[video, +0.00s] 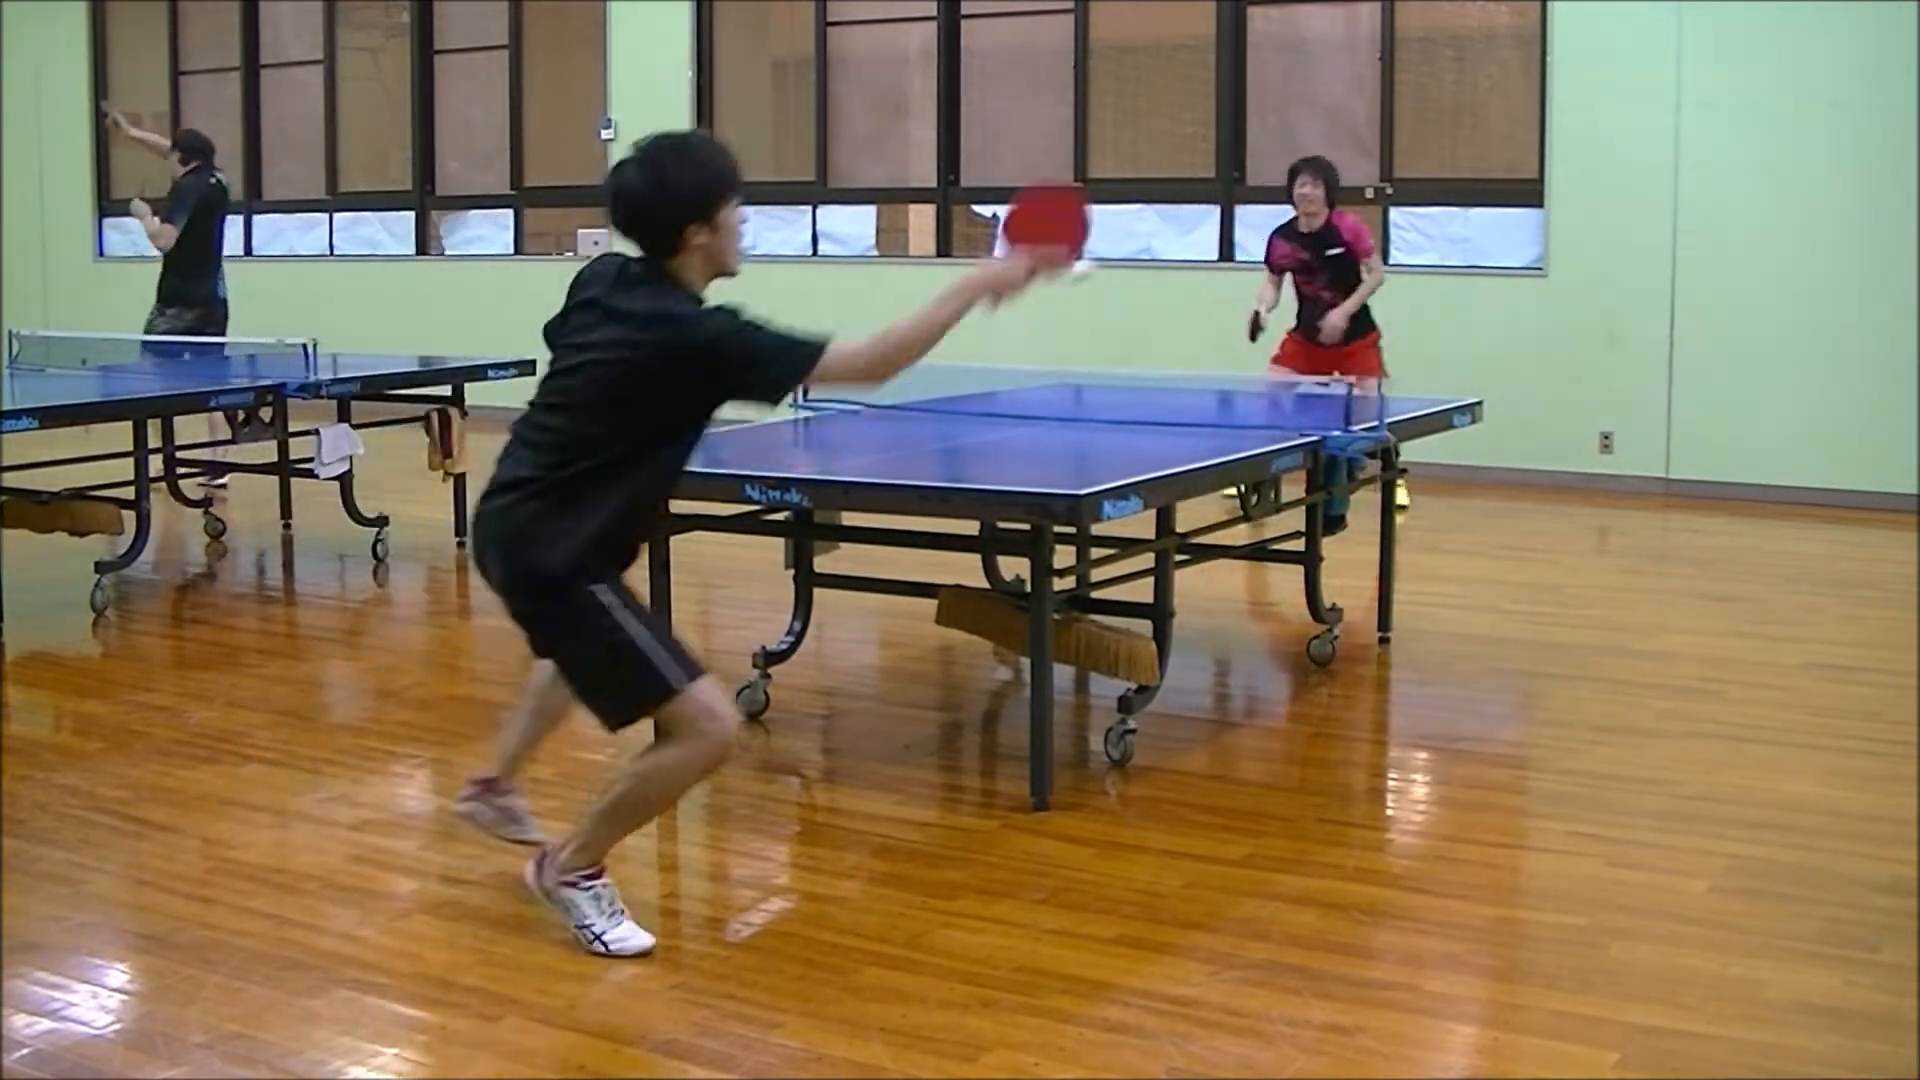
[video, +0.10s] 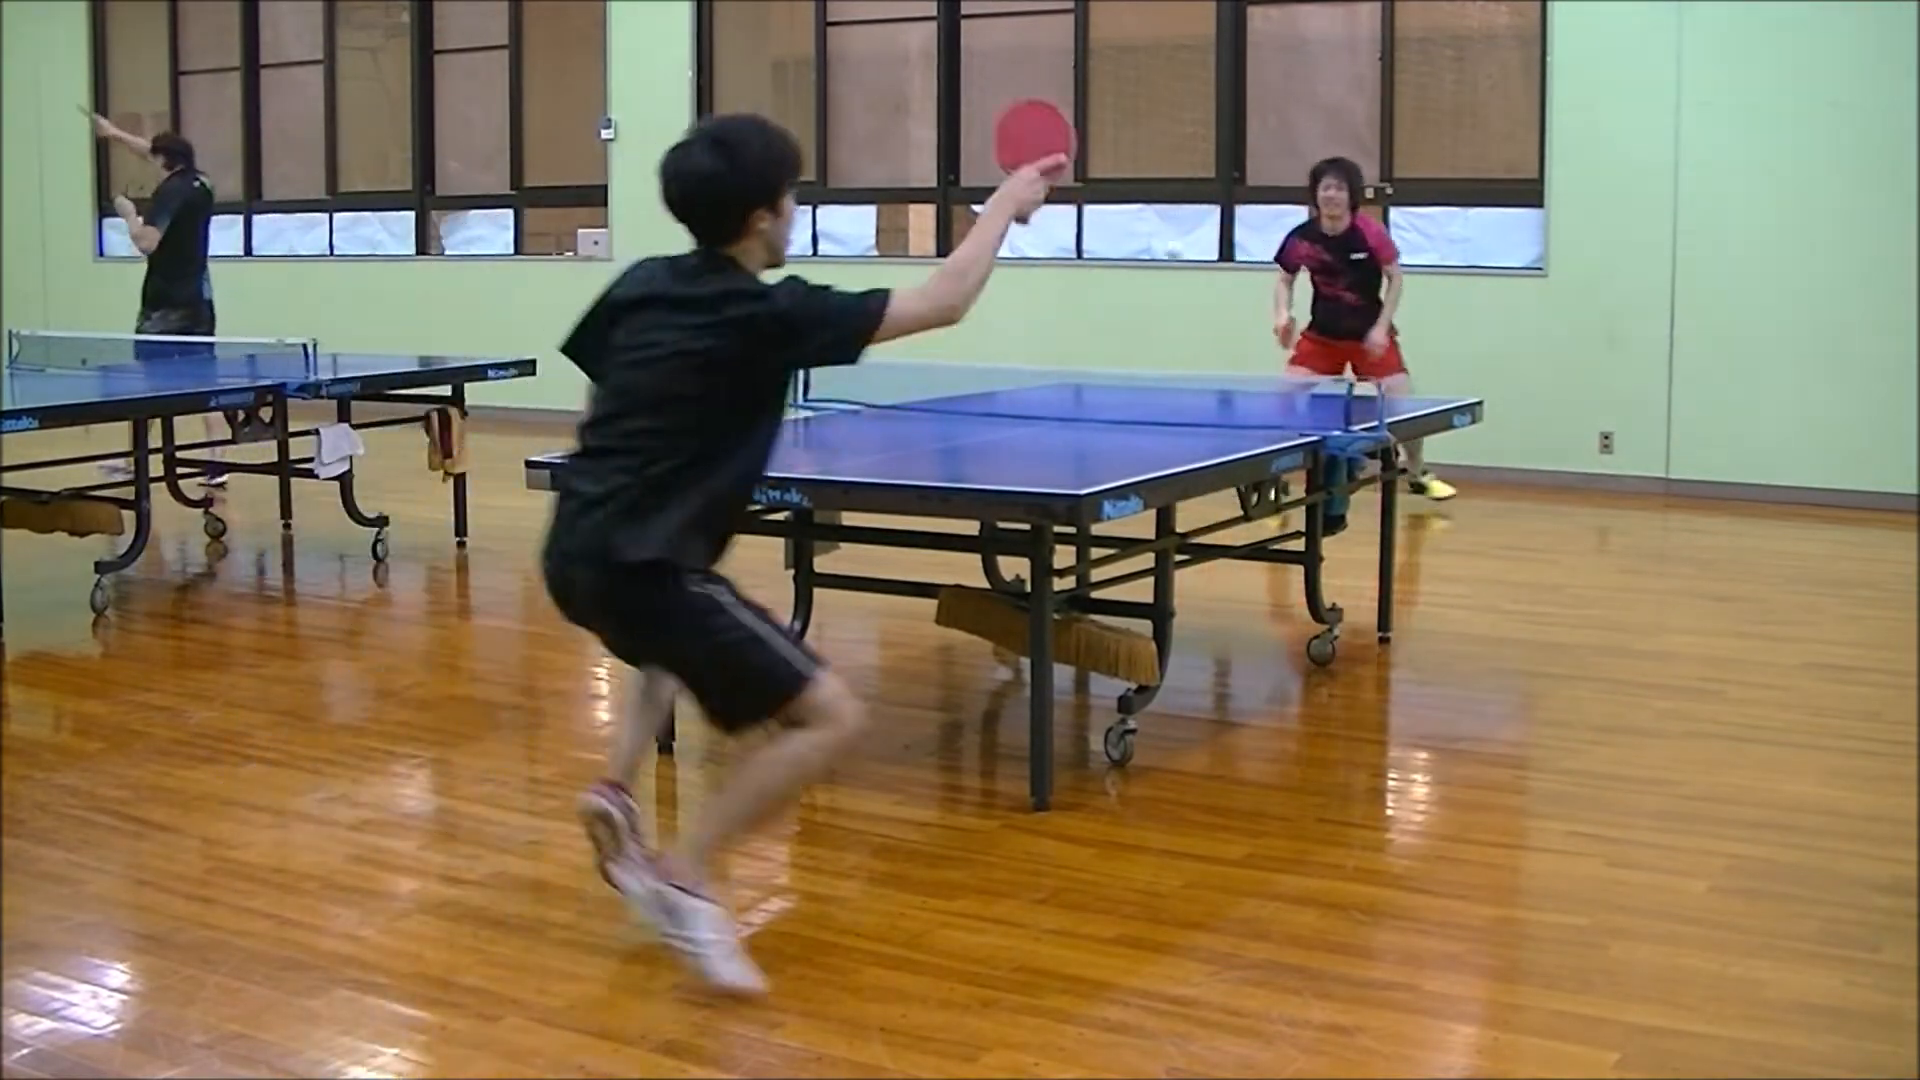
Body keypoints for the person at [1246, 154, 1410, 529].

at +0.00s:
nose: (1308, 192)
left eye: (1315, 185)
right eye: (1301, 185)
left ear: (1330, 191)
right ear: (1291, 193)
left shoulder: (1348, 229)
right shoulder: (1282, 239)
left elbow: (1376, 274)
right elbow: (1272, 282)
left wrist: (1343, 312)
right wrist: (1261, 310)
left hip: (1356, 344)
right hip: (1305, 341)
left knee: (1366, 420)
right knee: (1269, 406)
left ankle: (1392, 477)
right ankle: (1258, 478)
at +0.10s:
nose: (1330, 195)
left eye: (1339, 188)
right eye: (1324, 188)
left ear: (1352, 194)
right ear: (1314, 194)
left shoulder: (1370, 231)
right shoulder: (1301, 238)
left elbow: (1395, 277)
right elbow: (1285, 280)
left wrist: (1382, 326)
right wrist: (1283, 315)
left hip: (1371, 337)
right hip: (1322, 337)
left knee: (1403, 405)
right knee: (1286, 400)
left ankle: (1416, 472)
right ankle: (1273, 480)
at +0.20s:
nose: (1352, 214)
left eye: (1360, 207)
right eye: (1346, 207)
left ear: (1372, 214)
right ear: (1336, 213)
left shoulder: (1390, 250)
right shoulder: (1321, 256)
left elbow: (1412, 295)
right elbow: (1291, 299)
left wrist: (1418, 344)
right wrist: (1300, 333)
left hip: (1390, 355)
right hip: (1337, 357)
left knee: (1434, 416)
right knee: (1303, 413)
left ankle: (1436, 482)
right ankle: (1289, 483)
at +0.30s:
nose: (1363, 217)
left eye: (1371, 210)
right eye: (1357, 209)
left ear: (1384, 216)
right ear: (1347, 214)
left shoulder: (1397, 251)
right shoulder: (1326, 258)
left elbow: (1415, 295)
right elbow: (1307, 308)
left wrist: (1443, 335)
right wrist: (1328, 345)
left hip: (1385, 355)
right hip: (1333, 355)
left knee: (1427, 416)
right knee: (1314, 428)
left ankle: (1432, 483)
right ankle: (1310, 498)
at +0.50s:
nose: (1386, 218)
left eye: (1394, 211)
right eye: (1379, 209)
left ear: (1405, 218)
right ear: (1366, 214)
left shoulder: (1396, 245)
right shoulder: (1350, 254)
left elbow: (1394, 273)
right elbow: (1353, 317)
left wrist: (1428, 302)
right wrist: (1399, 346)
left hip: (1350, 344)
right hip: (1316, 345)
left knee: (1372, 410)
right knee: (1326, 423)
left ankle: (1343, 477)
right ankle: (1311, 504)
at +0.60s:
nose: (1395, 239)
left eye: (1403, 233)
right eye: (1388, 231)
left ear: (1413, 241)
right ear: (1374, 234)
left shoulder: (1392, 264)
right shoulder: (1360, 270)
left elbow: (1388, 279)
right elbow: (1371, 339)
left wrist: (1404, 294)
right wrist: (1416, 361)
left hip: (1337, 355)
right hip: (1306, 352)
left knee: (1370, 412)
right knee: (1330, 426)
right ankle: (1316, 506)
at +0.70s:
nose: (1397, 256)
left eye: (1405, 249)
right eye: (1390, 246)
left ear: (1412, 255)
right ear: (1374, 248)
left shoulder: (1388, 282)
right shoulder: (1358, 289)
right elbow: (1374, 355)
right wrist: (1419, 384)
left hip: (1336, 365)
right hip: (1306, 364)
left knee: (1364, 426)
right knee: (1333, 437)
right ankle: (1325, 516)